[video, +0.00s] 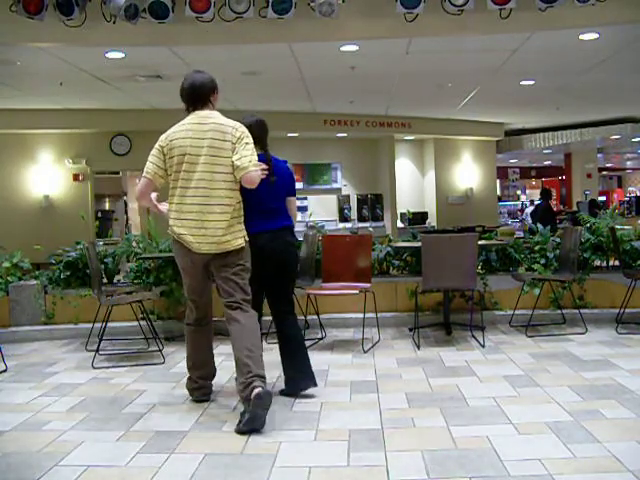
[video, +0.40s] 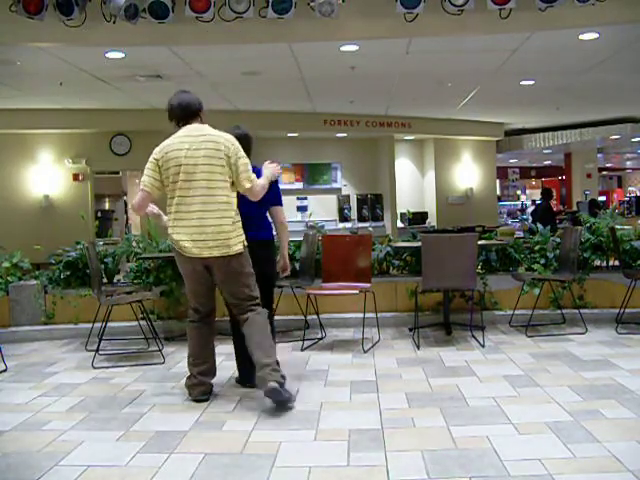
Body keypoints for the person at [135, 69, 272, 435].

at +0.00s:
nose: (219, 99)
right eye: (218, 94)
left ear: (184, 101)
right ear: (215, 97)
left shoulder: (171, 136)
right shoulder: (235, 131)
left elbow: (143, 193)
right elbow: (250, 180)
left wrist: (158, 206)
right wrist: (256, 171)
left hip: (186, 237)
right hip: (228, 236)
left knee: (196, 314)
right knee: (240, 308)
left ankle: (199, 386)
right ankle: (253, 385)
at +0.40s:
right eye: (201, 112)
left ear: (172, 119)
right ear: (202, 113)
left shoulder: (164, 149)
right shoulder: (226, 142)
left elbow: (140, 204)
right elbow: (254, 192)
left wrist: (141, 208)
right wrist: (268, 175)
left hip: (186, 244)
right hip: (227, 242)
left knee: (199, 314)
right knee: (249, 307)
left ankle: (200, 386)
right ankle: (270, 379)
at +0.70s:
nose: (179, 132)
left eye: (178, 127)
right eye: (178, 127)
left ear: (185, 123)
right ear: (206, 118)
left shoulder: (184, 152)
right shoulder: (240, 145)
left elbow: (168, 206)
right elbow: (267, 189)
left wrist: (146, 205)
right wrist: (268, 172)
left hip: (210, 248)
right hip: (248, 245)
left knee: (204, 315)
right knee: (265, 305)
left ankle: (200, 385)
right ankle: (312, 362)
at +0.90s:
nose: (203, 134)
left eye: (204, 128)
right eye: (201, 129)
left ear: (217, 123)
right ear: (229, 122)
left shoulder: (222, 153)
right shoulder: (260, 147)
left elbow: (204, 210)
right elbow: (279, 192)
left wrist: (168, 206)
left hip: (242, 252)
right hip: (275, 249)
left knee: (214, 311)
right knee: (274, 307)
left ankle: (204, 385)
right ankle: (321, 352)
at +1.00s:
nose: (218, 135)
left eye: (219, 128)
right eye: (216, 129)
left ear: (236, 124)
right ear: (243, 124)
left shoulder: (245, 155)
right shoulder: (273, 147)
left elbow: (228, 209)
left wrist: (184, 203)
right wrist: (199, 208)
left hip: (259, 251)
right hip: (285, 248)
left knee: (223, 310)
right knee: (278, 309)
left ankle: (210, 383)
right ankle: (327, 357)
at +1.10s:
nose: (238, 135)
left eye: (240, 129)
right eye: (236, 130)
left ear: (256, 124)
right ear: (260, 124)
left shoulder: (270, 153)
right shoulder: (282, 146)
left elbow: (258, 207)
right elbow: (264, 202)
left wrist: (212, 203)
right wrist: (219, 205)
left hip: (276, 248)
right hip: (296, 245)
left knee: (240, 308)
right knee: (288, 310)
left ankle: (215, 382)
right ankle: (329, 363)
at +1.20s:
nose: (254, 135)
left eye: (257, 128)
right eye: (253, 128)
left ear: (276, 126)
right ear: (277, 127)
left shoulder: (291, 154)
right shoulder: (289, 150)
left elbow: (284, 206)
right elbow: (280, 192)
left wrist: (235, 199)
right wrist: (256, 180)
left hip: (292, 246)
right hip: (301, 245)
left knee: (258, 310)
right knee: (292, 312)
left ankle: (224, 379)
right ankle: (329, 363)